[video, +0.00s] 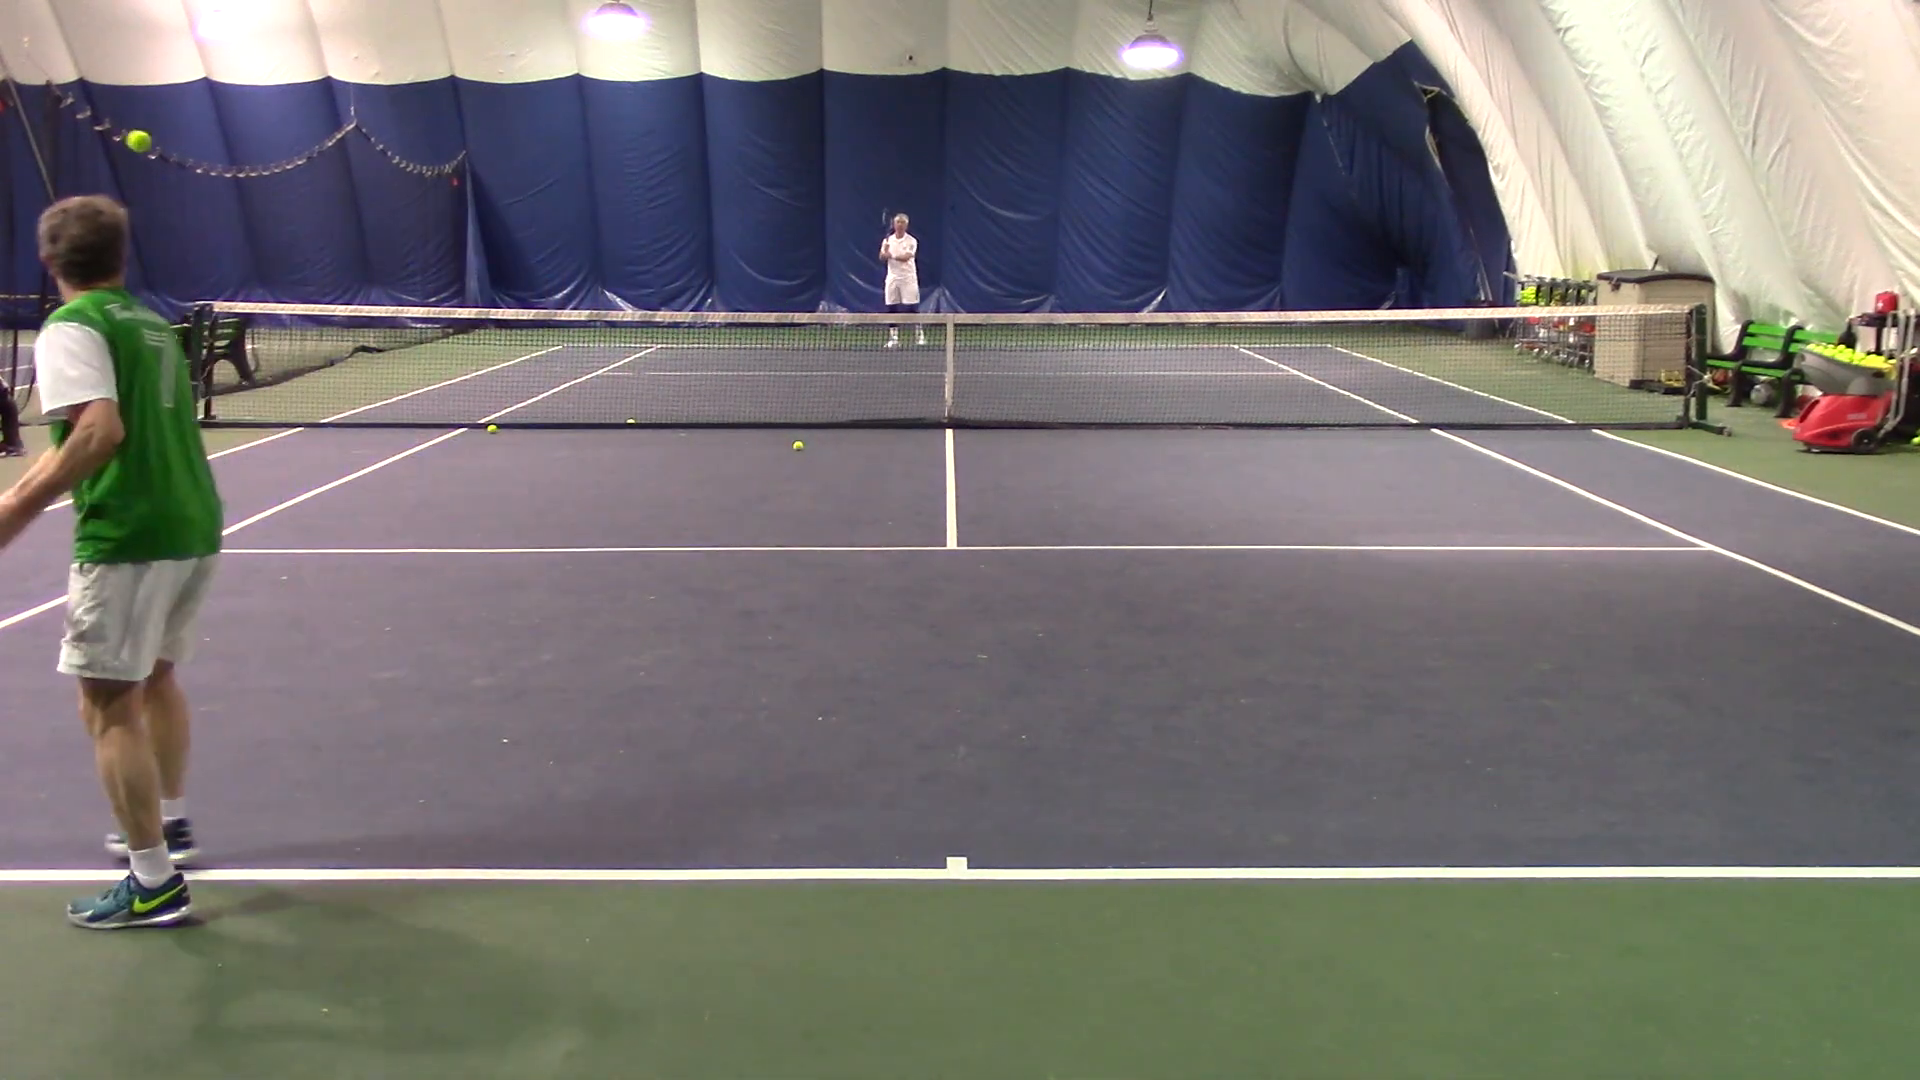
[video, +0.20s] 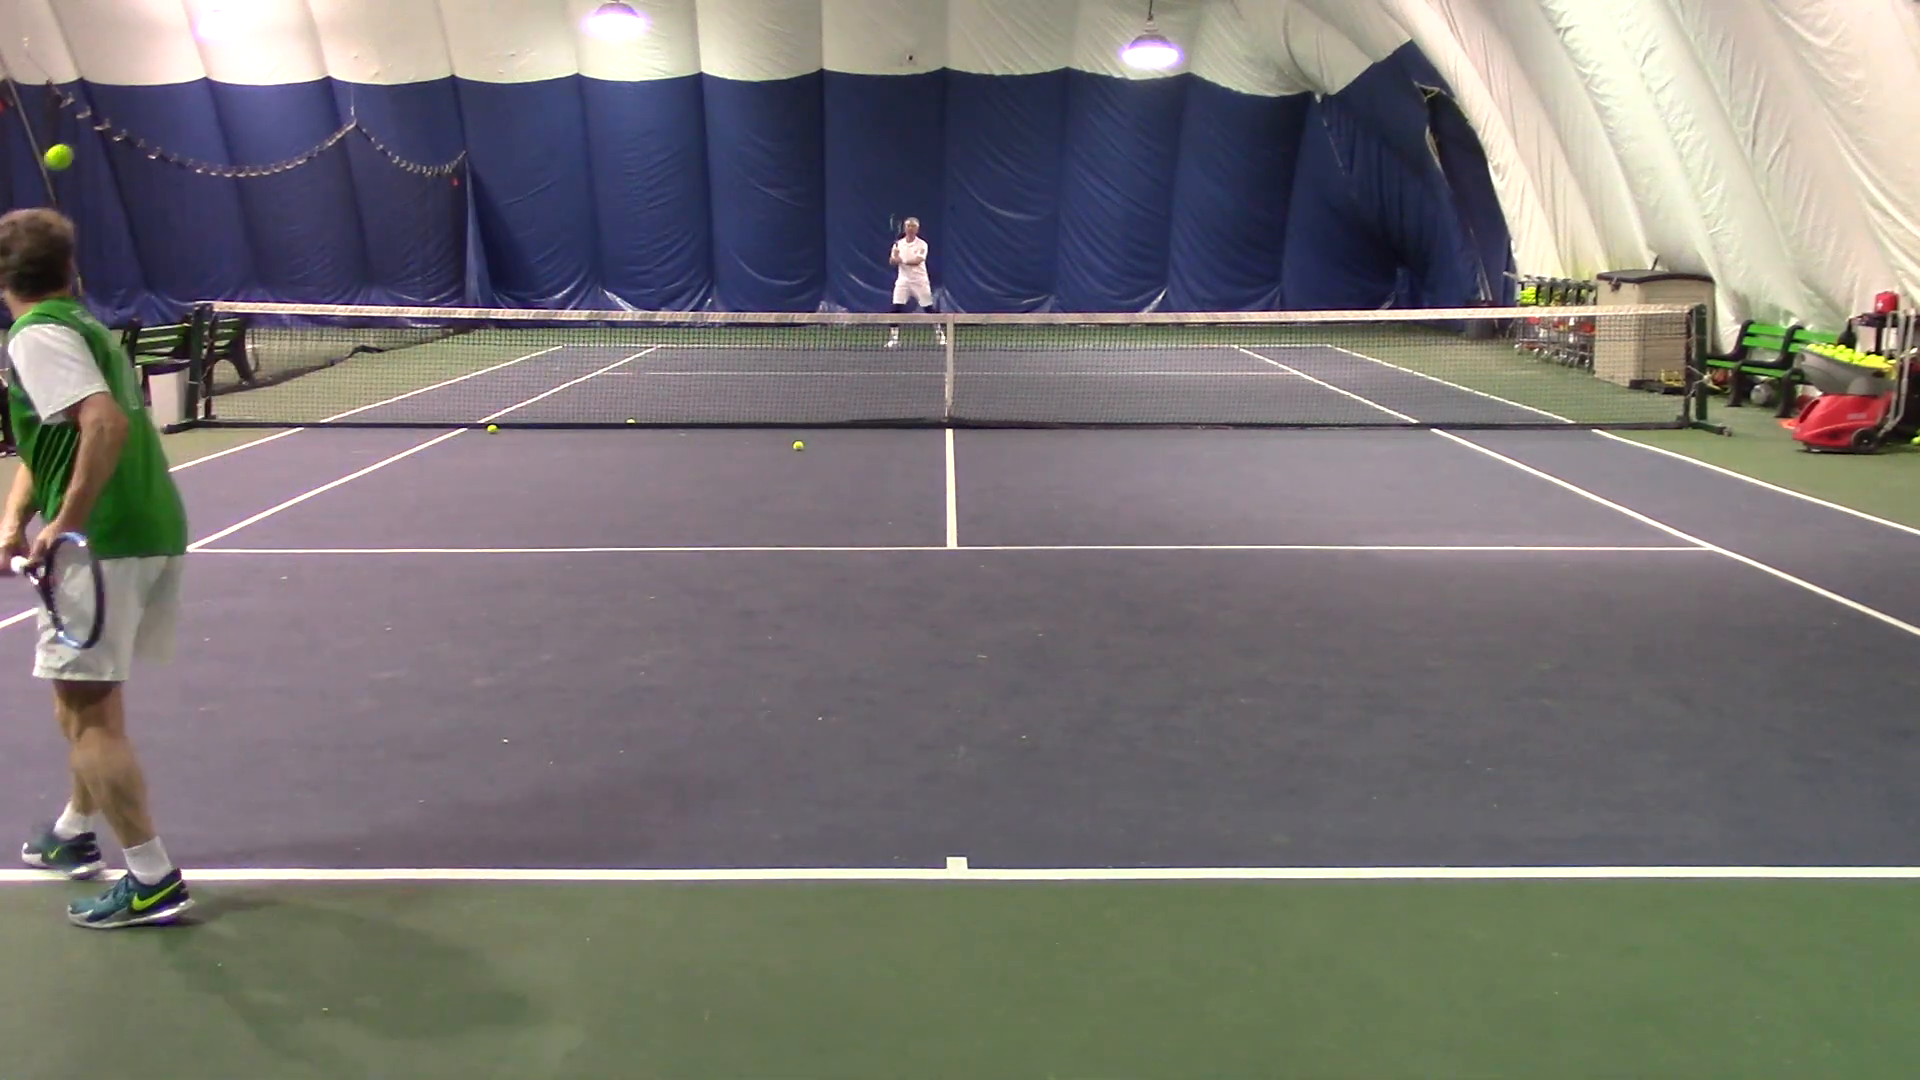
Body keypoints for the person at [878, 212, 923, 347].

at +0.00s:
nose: (900, 226)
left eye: (903, 223)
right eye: (898, 222)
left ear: (906, 225)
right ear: (894, 224)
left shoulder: (911, 240)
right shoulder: (888, 240)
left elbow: (907, 256)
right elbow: (882, 257)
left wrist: (892, 255)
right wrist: (885, 250)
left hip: (908, 277)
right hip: (892, 276)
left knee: (912, 306)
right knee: (891, 307)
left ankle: (919, 333)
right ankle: (894, 337)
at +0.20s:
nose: (910, 229)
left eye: (913, 227)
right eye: (908, 226)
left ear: (917, 229)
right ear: (905, 228)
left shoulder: (922, 244)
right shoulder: (898, 244)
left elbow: (918, 260)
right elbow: (892, 262)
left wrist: (903, 261)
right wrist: (895, 256)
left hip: (920, 280)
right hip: (903, 280)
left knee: (928, 308)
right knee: (896, 307)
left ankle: (939, 332)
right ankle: (894, 337)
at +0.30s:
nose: (917, 232)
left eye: (920, 229)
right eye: (915, 229)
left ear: (924, 231)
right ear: (911, 231)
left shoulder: (929, 246)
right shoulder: (905, 246)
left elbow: (927, 263)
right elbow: (899, 263)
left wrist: (912, 265)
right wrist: (903, 261)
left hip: (927, 282)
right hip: (910, 281)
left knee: (934, 309)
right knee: (903, 307)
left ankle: (941, 335)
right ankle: (896, 336)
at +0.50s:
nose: (928, 229)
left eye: (931, 226)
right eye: (926, 226)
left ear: (935, 229)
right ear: (923, 228)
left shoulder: (941, 244)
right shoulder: (916, 243)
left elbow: (942, 259)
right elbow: (913, 259)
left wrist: (931, 267)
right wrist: (919, 263)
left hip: (936, 279)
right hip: (919, 278)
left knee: (939, 307)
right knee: (912, 305)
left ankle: (942, 335)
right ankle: (908, 335)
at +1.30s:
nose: (933, 228)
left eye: (936, 226)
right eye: (931, 226)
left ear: (940, 227)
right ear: (928, 227)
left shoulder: (948, 243)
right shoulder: (924, 243)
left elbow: (951, 260)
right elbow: (921, 259)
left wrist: (940, 267)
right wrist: (927, 266)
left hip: (944, 278)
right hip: (930, 277)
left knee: (943, 305)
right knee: (927, 304)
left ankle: (944, 334)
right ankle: (928, 332)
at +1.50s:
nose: (937, 229)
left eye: (940, 226)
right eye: (935, 226)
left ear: (944, 227)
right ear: (932, 227)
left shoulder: (950, 242)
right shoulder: (928, 242)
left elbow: (951, 260)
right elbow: (926, 257)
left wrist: (939, 266)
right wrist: (928, 264)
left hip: (947, 276)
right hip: (935, 275)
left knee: (945, 305)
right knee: (933, 304)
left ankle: (948, 333)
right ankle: (943, 330)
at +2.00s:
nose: (944, 232)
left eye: (947, 229)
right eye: (942, 229)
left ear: (952, 229)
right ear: (940, 229)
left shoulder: (951, 243)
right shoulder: (946, 242)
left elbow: (937, 255)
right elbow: (937, 253)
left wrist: (923, 259)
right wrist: (922, 256)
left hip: (956, 276)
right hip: (950, 276)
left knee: (953, 304)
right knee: (947, 305)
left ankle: (963, 334)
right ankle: (952, 334)